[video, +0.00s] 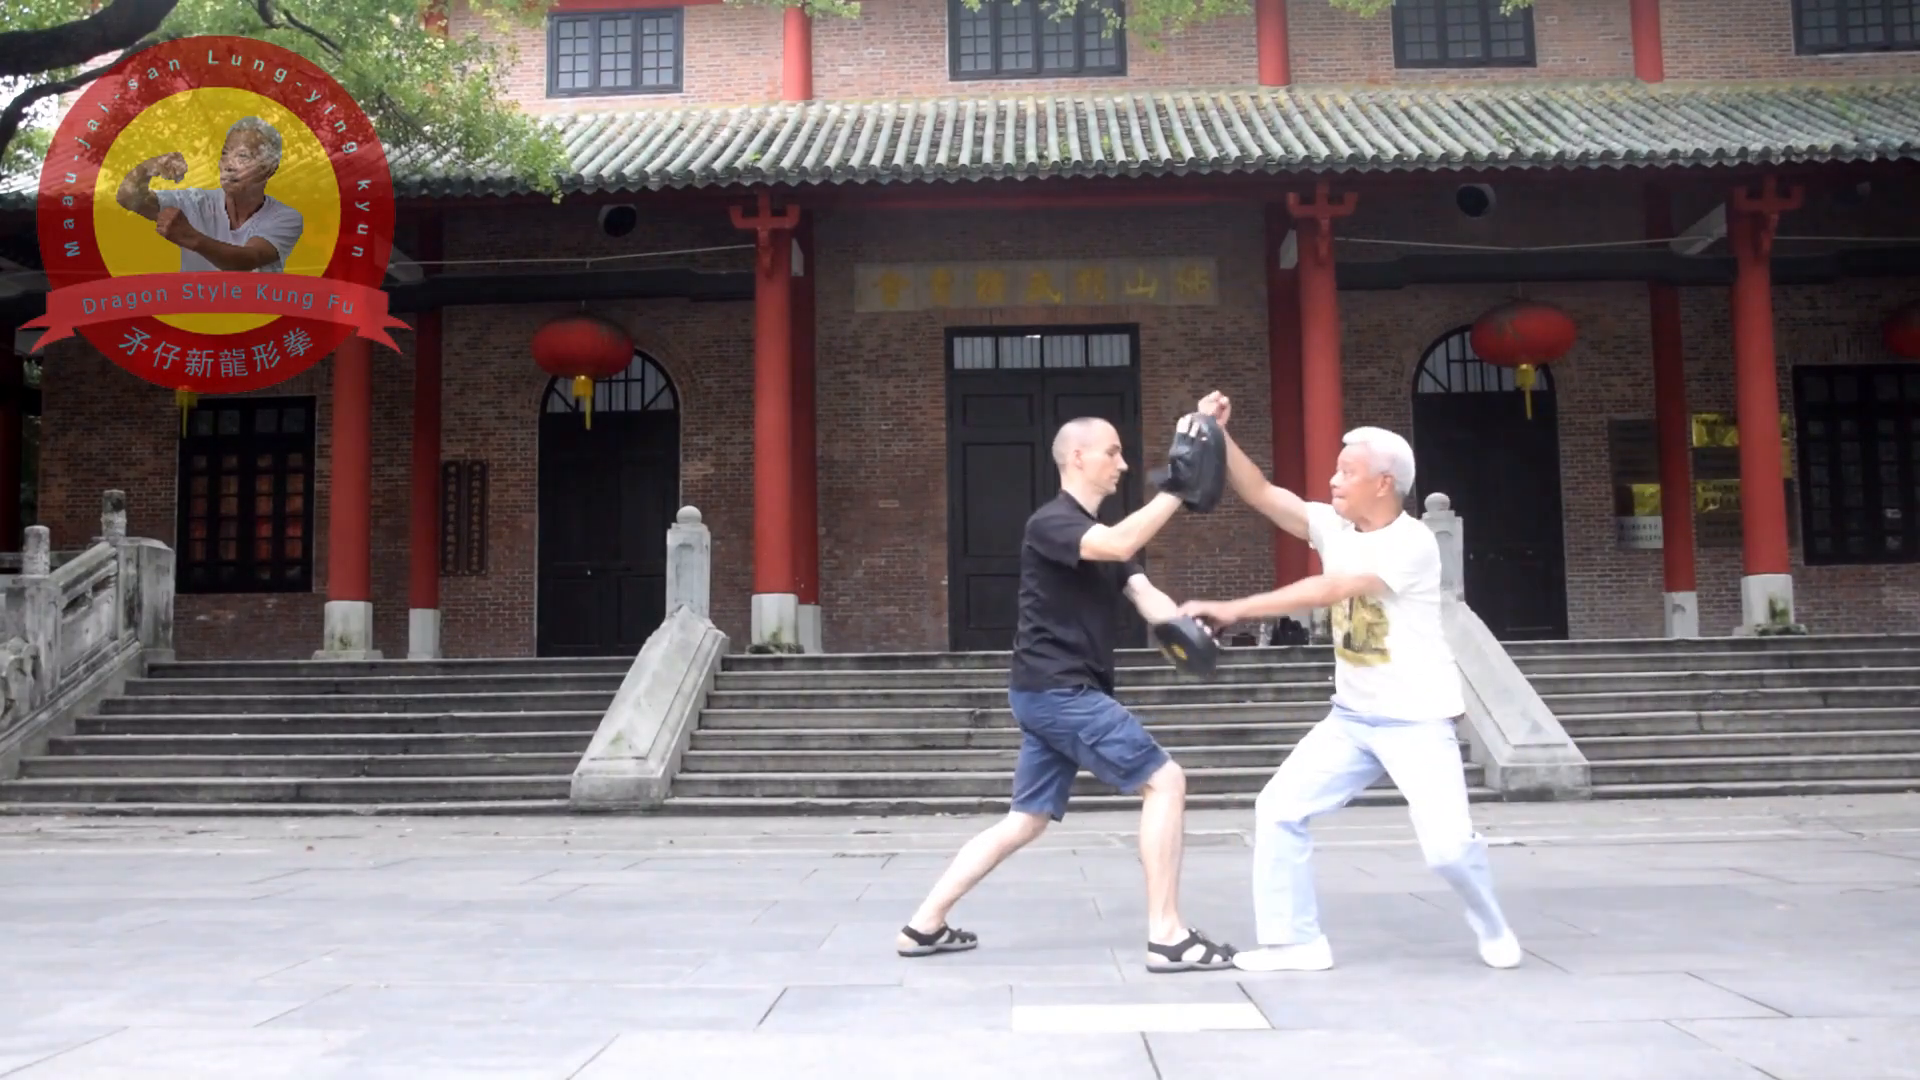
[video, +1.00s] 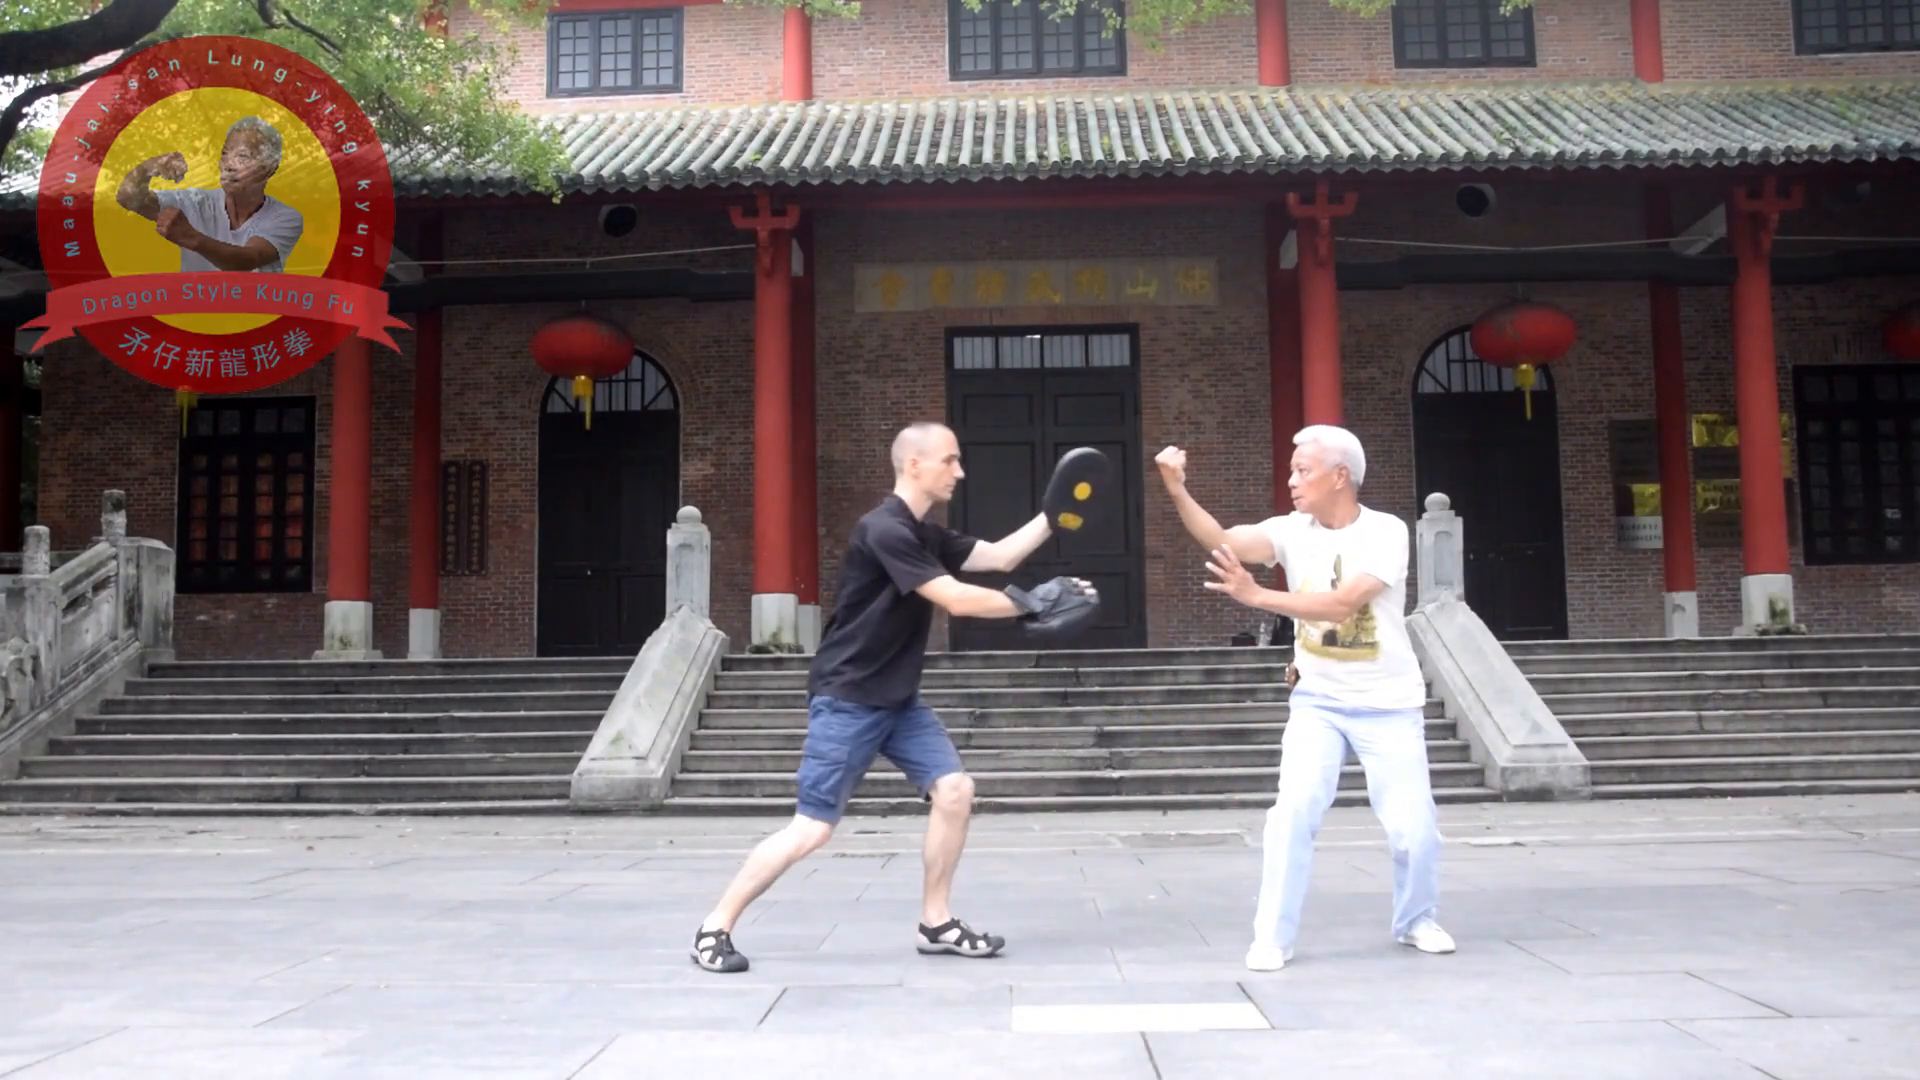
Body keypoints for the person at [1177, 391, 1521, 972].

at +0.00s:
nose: (1333, 483)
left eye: (1345, 473)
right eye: (1336, 472)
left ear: (1384, 484)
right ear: (1361, 482)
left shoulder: (1413, 544)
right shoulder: (1331, 526)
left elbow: (1331, 590)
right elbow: (1260, 492)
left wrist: (1236, 608)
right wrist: (1217, 435)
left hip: (1418, 724)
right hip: (1351, 717)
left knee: (1449, 850)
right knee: (1278, 808)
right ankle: (1298, 941)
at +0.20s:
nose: (1347, 470)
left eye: (1359, 462)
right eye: (1348, 461)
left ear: (1397, 475)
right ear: (1378, 474)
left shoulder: (1427, 539)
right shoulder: (1339, 524)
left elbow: (1367, 604)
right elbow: (1260, 520)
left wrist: (1275, 589)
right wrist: (1229, 450)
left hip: (1408, 716)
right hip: (1334, 706)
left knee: (1420, 844)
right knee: (1280, 814)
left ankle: (1413, 919)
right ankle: (1283, 936)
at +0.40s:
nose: (1335, 472)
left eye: (1348, 463)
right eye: (1336, 462)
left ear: (1386, 475)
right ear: (1342, 470)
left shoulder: (1420, 536)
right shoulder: (1325, 527)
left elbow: (1374, 608)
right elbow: (1256, 537)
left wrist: (1286, 598)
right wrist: (1217, 481)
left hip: (1408, 710)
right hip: (1334, 702)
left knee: (1425, 833)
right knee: (1303, 812)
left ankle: (1417, 921)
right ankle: (1270, 939)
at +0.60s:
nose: (1326, 474)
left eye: (1338, 465)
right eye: (1325, 465)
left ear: (1376, 476)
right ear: (1327, 471)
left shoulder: (1411, 536)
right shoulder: (1315, 528)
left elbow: (1366, 608)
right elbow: (1246, 540)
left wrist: (1282, 596)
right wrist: (1204, 489)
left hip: (1400, 706)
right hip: (1326, 700)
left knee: (1420, 831)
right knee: (1300, 811)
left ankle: (1417, 919)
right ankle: (1271, 938)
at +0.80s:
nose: (1305, 477)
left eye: (1315, 468)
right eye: (1305, 468)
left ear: (1355, 474)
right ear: (1324, 474)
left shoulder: (1398, 533)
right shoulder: (1303, 528)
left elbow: (1356, 608)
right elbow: (1237, 541)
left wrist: (1271, 597)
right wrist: (1192, 489)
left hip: (1394, 705)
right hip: (1320, 701)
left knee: (1416, 830)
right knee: (1296, 809)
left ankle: (1419, 919)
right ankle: (1271, 938)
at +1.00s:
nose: (1291, 481)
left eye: (1301, 471)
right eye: (1291, 471)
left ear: (1340, 476)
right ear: (1315, 477)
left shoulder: (1387, 532)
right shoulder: (1293, 530)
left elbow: (1343, 604)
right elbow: (1227, 543)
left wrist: (1256, 595)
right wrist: (1178, 490)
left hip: (1389, 705)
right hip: (1317, 703)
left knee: (1415, 827)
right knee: (1294, 812)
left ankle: (1418, 920)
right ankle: (1271, 939)